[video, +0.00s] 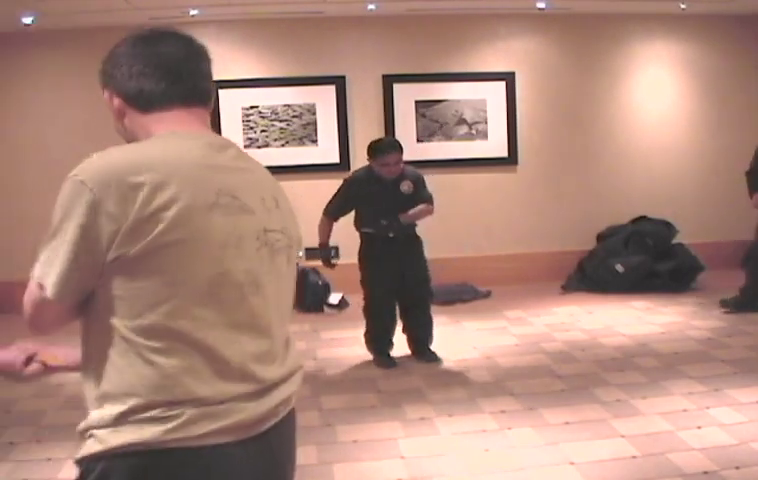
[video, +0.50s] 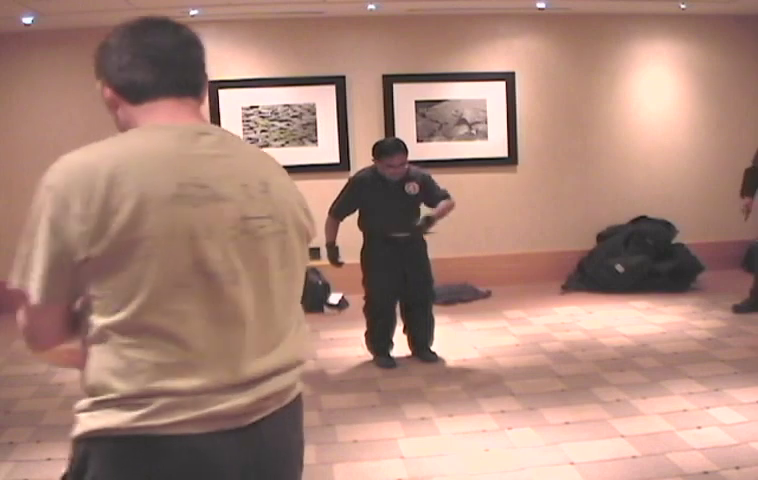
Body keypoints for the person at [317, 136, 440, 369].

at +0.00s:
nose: (392, 170)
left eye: (396, 164)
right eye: (385, 165)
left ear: (402, 160)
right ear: (372, 164)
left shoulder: (412, 178)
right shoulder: (358, 182)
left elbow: (427, 206)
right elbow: (328, 215)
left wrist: (400, 220)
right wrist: (324, 246)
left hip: (407, 244)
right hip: (375, 247)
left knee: (417, 296)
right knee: (379, 300)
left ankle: (421, 346)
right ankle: (380, 350)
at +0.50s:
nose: (399, 171)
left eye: (402, 165)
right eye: (392, 167)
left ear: (408, 160)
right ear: (378, 164)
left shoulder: (418, 178)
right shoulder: (362, 182)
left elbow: (446, 202)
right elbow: (334, 215)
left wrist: (432, 218)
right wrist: (330, 245)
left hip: (412, 246)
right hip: (379, 247)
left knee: (419, 297)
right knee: (380, 301)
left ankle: (421, 346)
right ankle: (381, 350)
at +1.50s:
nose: (403, 167)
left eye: (407, 161)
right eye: (396, 162)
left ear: (414, 157)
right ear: (384, 162)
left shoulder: (427, 179)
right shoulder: (371, 180)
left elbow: (443, 206)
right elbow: (347, 215)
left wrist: (439, 227)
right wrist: (358, 241)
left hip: (417, 248)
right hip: (381, 248)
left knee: (423, 297)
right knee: (380, 300)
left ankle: (421, 346)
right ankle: (379, 349)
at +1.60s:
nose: (403, 166)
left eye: (407, 160)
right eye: (396, 162)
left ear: (415, 157)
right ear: (385, 161)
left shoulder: (430, 179)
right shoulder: (373, 179)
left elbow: (439, 210)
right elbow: (354, 212)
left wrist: (418, 228)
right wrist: (379, 224)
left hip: (416, 244)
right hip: (381, 245)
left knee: (422, 296)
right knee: (378, 297)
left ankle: (421, 345)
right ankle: (379, 348)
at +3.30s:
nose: (415, 175)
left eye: (422, 169)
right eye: (410, 169)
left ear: (434, 167)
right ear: (402, 167)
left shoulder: (443, 191)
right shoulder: (388, 181)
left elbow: (442, 231)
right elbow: (367, 208)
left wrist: (423, 257)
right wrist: (375, 232)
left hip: (422, 252)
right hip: (386, 249)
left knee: (425, 306)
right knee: (371, 298)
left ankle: (423, 358)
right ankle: (366, 337)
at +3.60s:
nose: (406, 166)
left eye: (411, 161)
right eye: (399, 162)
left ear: (421, 162)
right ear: (390, 163)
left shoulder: (431, 186)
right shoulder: (377, 182)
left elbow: (447, 228)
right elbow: (354, 216)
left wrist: (455, 261)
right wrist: (349, 247)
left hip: (415, 251)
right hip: (379, 251)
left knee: (424, 304)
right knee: (371, 300)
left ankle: (423, 357)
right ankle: (374, 339)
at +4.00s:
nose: (377, 162)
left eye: (380, 156)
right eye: (370, 159)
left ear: (387, 154)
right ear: (359, 162)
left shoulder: (404, 179)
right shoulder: (348, 183)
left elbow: (426, 215)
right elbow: (331, 218)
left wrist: (441, 242)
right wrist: (332, 248)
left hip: (400, 245)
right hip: (364, 248)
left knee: (412, 296)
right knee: (369, 299)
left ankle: (421, 345)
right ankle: (378, 339)